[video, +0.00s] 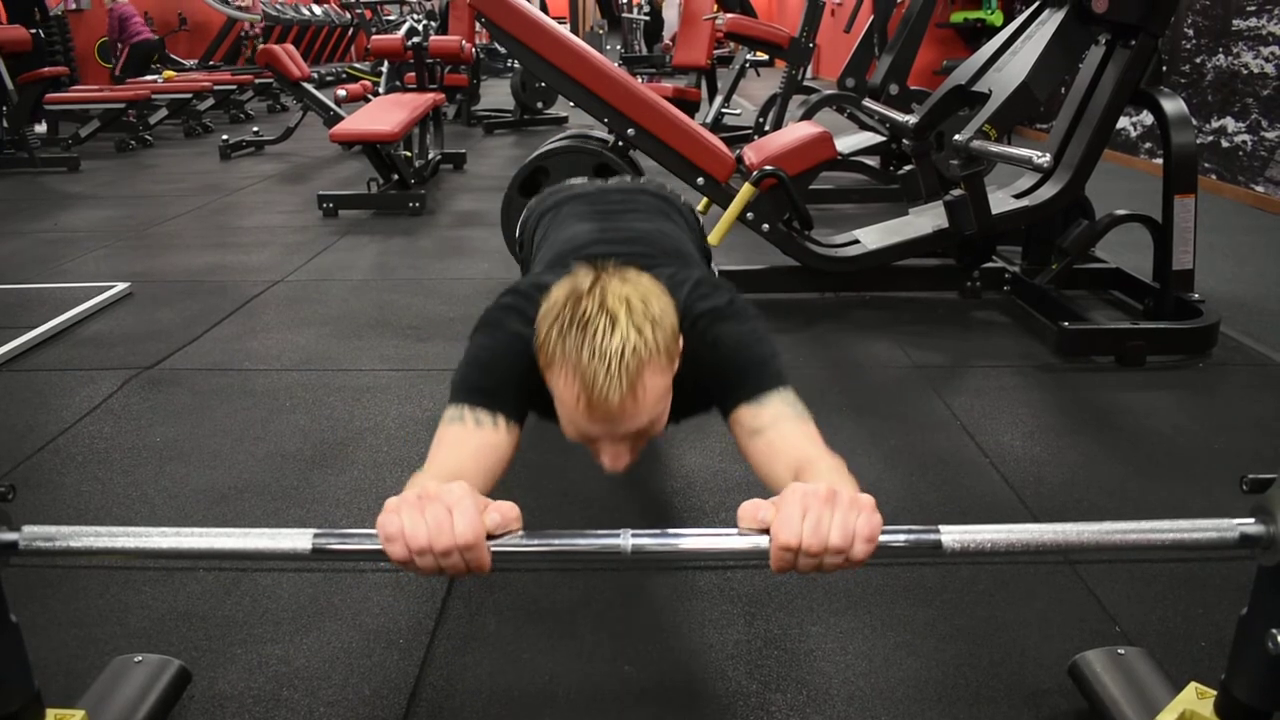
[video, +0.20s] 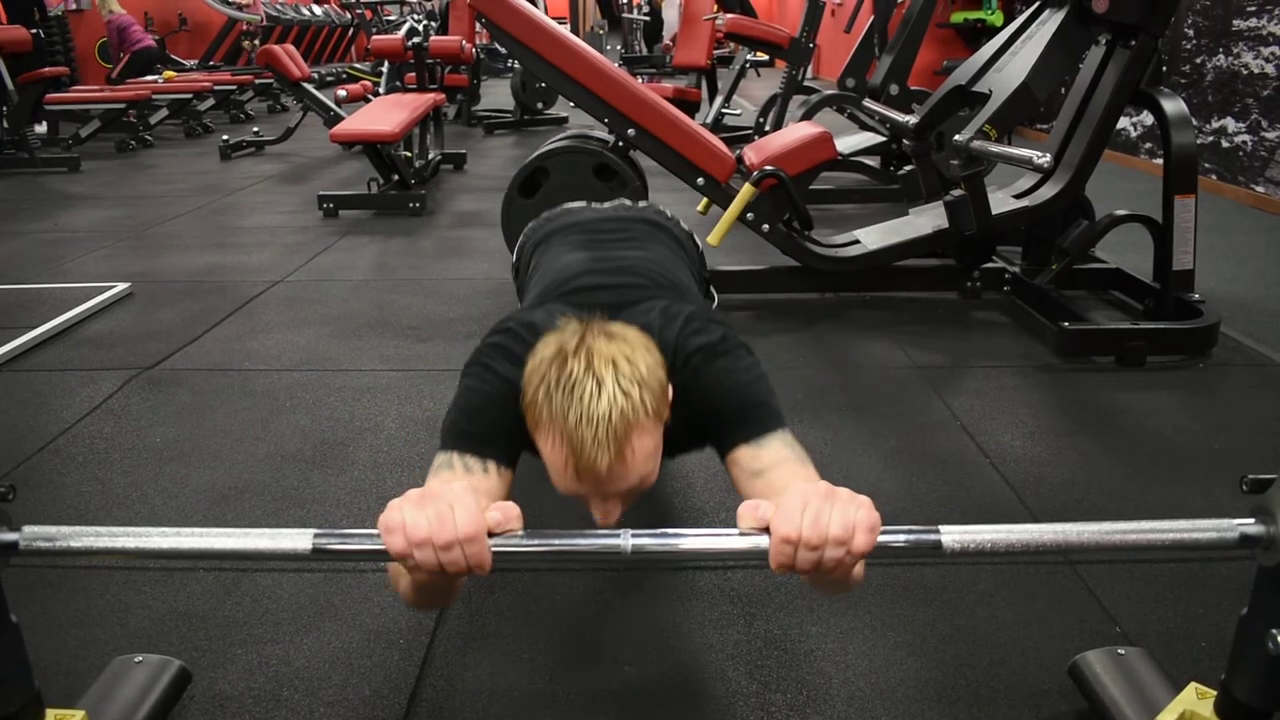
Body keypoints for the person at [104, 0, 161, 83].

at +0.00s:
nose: (104, 3)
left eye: (105, 2)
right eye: (104, 2)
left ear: (111, 1)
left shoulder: (115, 9)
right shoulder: (129, 6)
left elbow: (113, 36)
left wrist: (114, 56)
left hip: (135, 45)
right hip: (150, 41)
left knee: (117, 76)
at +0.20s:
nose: (98, 11)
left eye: (99, 8)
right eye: (97, 8)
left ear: (105, 8)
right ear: (115, 5)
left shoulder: (112, 20)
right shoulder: (127, 16)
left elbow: (114, 47)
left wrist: (116, 68)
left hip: (138, 53)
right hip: (153, 49)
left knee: (112, 79)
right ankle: (155, 70)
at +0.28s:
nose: (97, 15)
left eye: (97, 11)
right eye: (96, 12)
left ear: (103, 11)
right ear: (113, 9)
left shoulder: (111, 24)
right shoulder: (126, 20)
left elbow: (114, 50)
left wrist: (116, 69)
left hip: (139, 55)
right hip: (154, 51)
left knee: (111, 79)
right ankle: (156, 71)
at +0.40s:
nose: (95, 21)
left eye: (96, 18)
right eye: (95, 18)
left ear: (102, 17)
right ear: (111, 14)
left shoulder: (109, 30)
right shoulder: (124, 25)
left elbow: (113, 56)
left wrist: (114, 72)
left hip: (140, 57)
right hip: (154, 54)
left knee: (111, 80)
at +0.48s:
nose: (95, 24)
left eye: (95, 21)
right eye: (94, 21)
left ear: (101, 20)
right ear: (111, 17)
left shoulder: (109, 33)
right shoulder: (124, 27)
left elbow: (113, 59)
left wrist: (111, 75)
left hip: (140, 59)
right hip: (155, 56)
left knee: (110, 80)